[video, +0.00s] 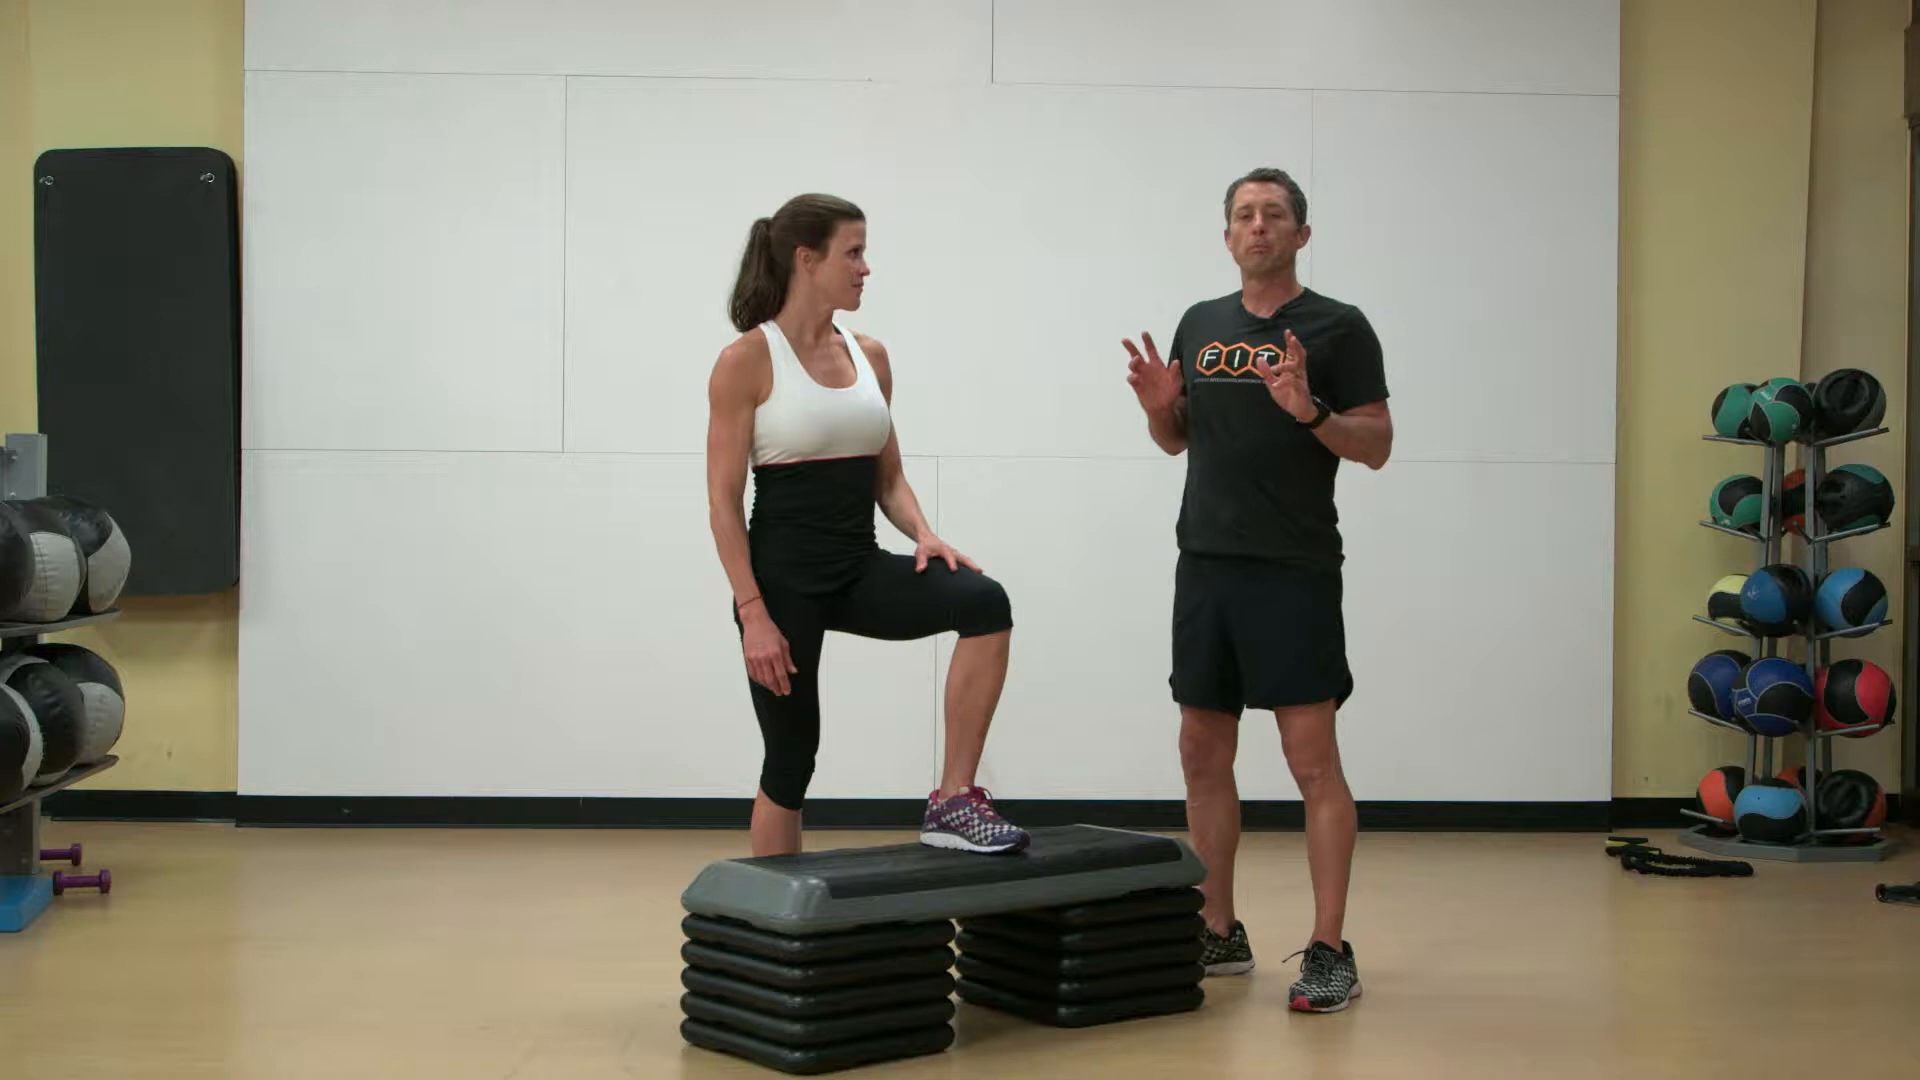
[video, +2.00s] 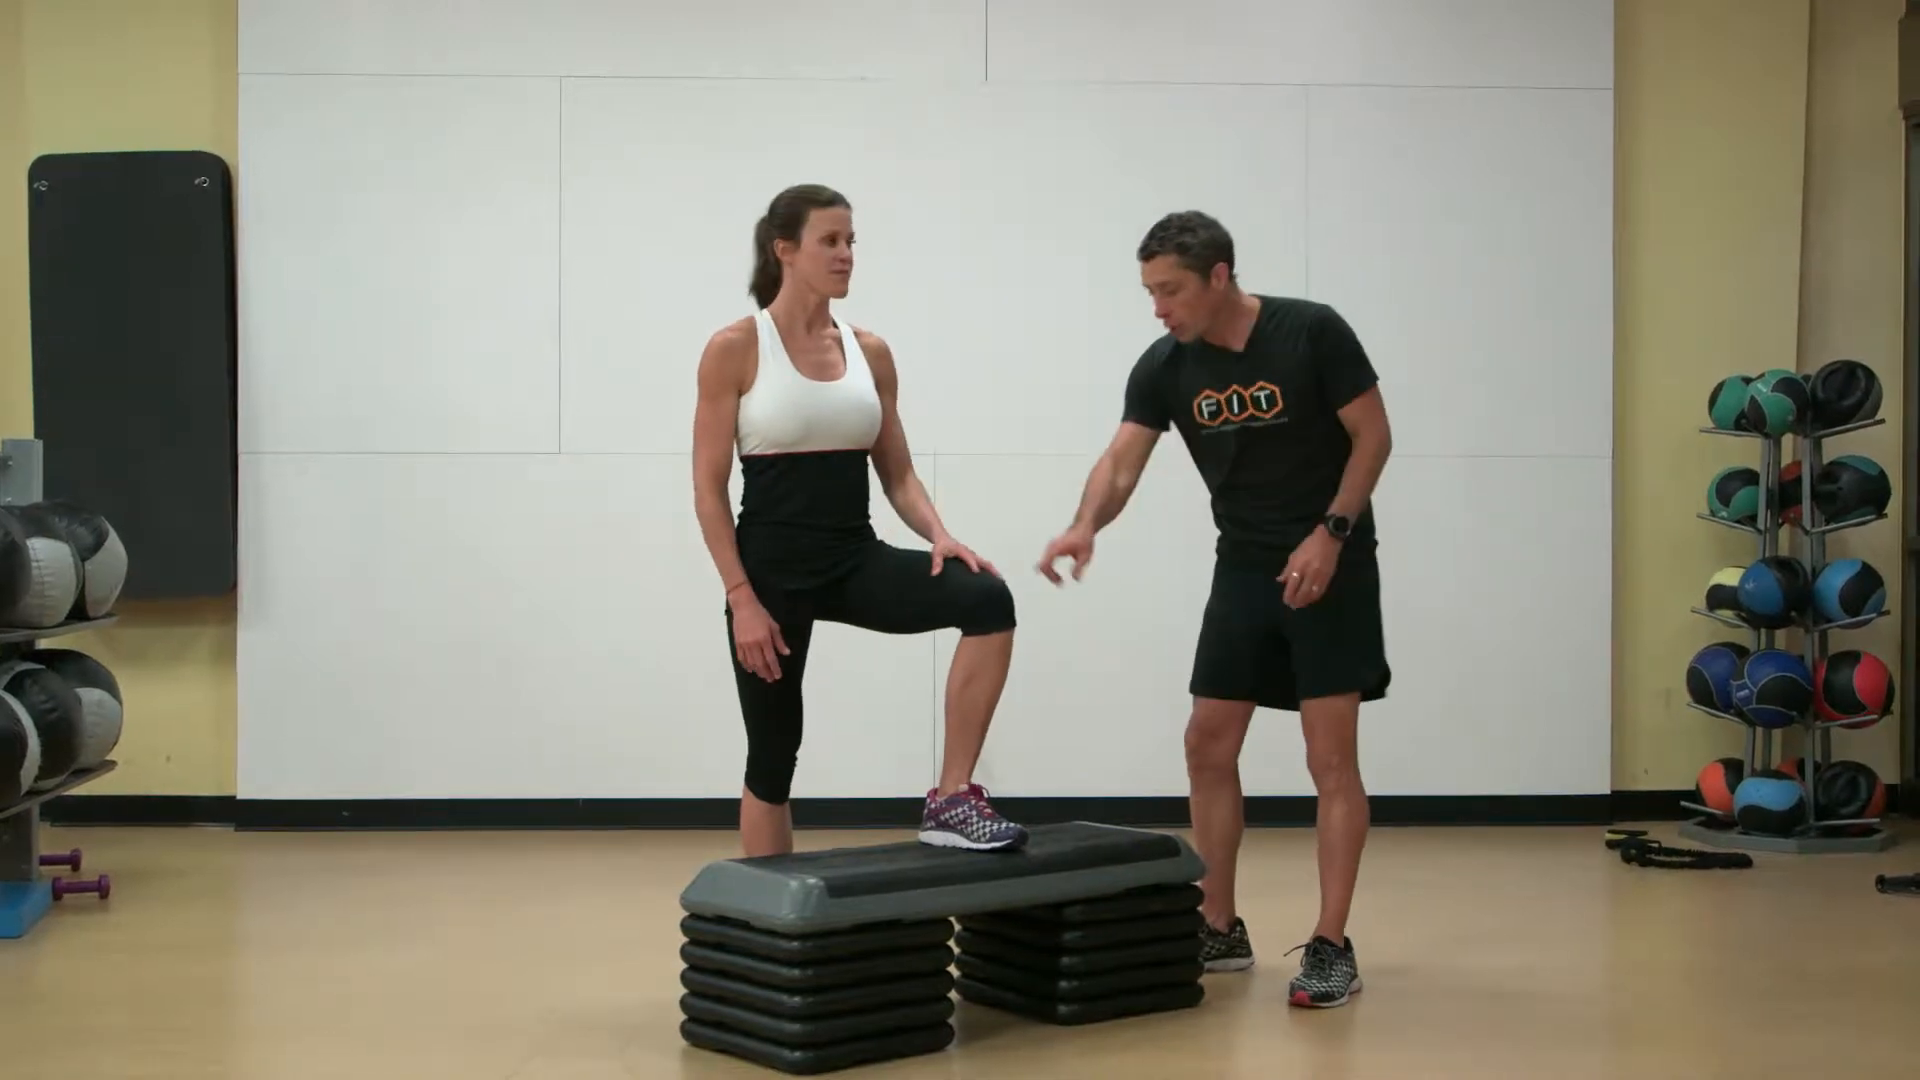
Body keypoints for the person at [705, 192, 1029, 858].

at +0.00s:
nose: (865, 268)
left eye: (865, 254)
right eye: (853, 254)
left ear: (815, 259)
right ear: (805, 258)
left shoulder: (868, 357)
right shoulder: (746, 363)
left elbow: (889, 476)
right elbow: (723, 504)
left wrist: (925, 533)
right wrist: (752, 612)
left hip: (856, 570)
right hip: (781, 579)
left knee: (984, 604)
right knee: (790, 763)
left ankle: (955, 798)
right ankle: (772, 932)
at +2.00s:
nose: (846, 254)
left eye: (850, 242)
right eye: (831, 242)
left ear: (851, 248)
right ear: (785, 250)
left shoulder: (868, 354)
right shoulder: (736, 350)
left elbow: (897, 474)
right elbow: (708, 489)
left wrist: (940, 534)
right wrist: (742, 598)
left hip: (852, 559)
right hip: (771, 568)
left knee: (987, 600)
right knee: (772, 765)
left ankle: (953, 796)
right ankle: (767, 933)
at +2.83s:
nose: (837, 258)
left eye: (836, 244)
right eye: (824, 246)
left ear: (792, 253)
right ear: (776, 252)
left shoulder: (845, 343)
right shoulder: (717, 355)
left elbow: (869, 463)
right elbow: (697, 496)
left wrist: (906, 524)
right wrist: (726, 610)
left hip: (844, 557)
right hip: (766, 568)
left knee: (974, 602)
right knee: (767, 759)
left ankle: (949, 797)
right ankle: (763, 928)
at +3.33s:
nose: (828, 278)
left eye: (834, 263)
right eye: (814, 263)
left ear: (837, 262)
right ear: (767, 257)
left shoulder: (847, 346)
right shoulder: (722, 360)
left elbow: (871, 468)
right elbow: (703, 500)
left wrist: (911, 531)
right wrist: (733, 614)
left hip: (847, 560)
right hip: (770, 570)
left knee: (976, 605)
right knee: (769, 763)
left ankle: (950, 799)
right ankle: (765, 931)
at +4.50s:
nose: (854, 283)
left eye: (862, 268)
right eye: (841, 266)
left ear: (869, 266)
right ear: (797, 254)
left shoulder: (869, 348)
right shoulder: (748, 352)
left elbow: (884, 473)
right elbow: (724, 493)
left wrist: (934, 540)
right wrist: (755, 608)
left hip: (861, 558)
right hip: (784, 568)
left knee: (986, 608)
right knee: (786, 760)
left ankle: (952, 801)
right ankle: (772, 932)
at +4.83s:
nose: (865, 272)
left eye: (872, 258)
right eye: (851, 256)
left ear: (876, 259)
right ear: (804, 253)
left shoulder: (880, 349)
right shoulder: (760, 354)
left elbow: (886, 476)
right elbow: (729, 491)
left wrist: (915, 598)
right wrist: (795, 565)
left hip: (872, 558)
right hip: (791, 567)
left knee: (982, 605)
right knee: (789, 765)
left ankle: (952, 801)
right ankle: (774, 935)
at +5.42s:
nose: (997, 161)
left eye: (1002, 148)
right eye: (980, 148)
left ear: (1004, 159)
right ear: (935, 155)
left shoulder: (1012, 267)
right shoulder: (889, 244)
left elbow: (1038, 403)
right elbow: (834, 374)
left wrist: (1094, 395)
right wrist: (871, 476)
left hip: (950, 461)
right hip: (877, 460)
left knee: (1015, 615)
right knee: (947, 640)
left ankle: (959, 803)